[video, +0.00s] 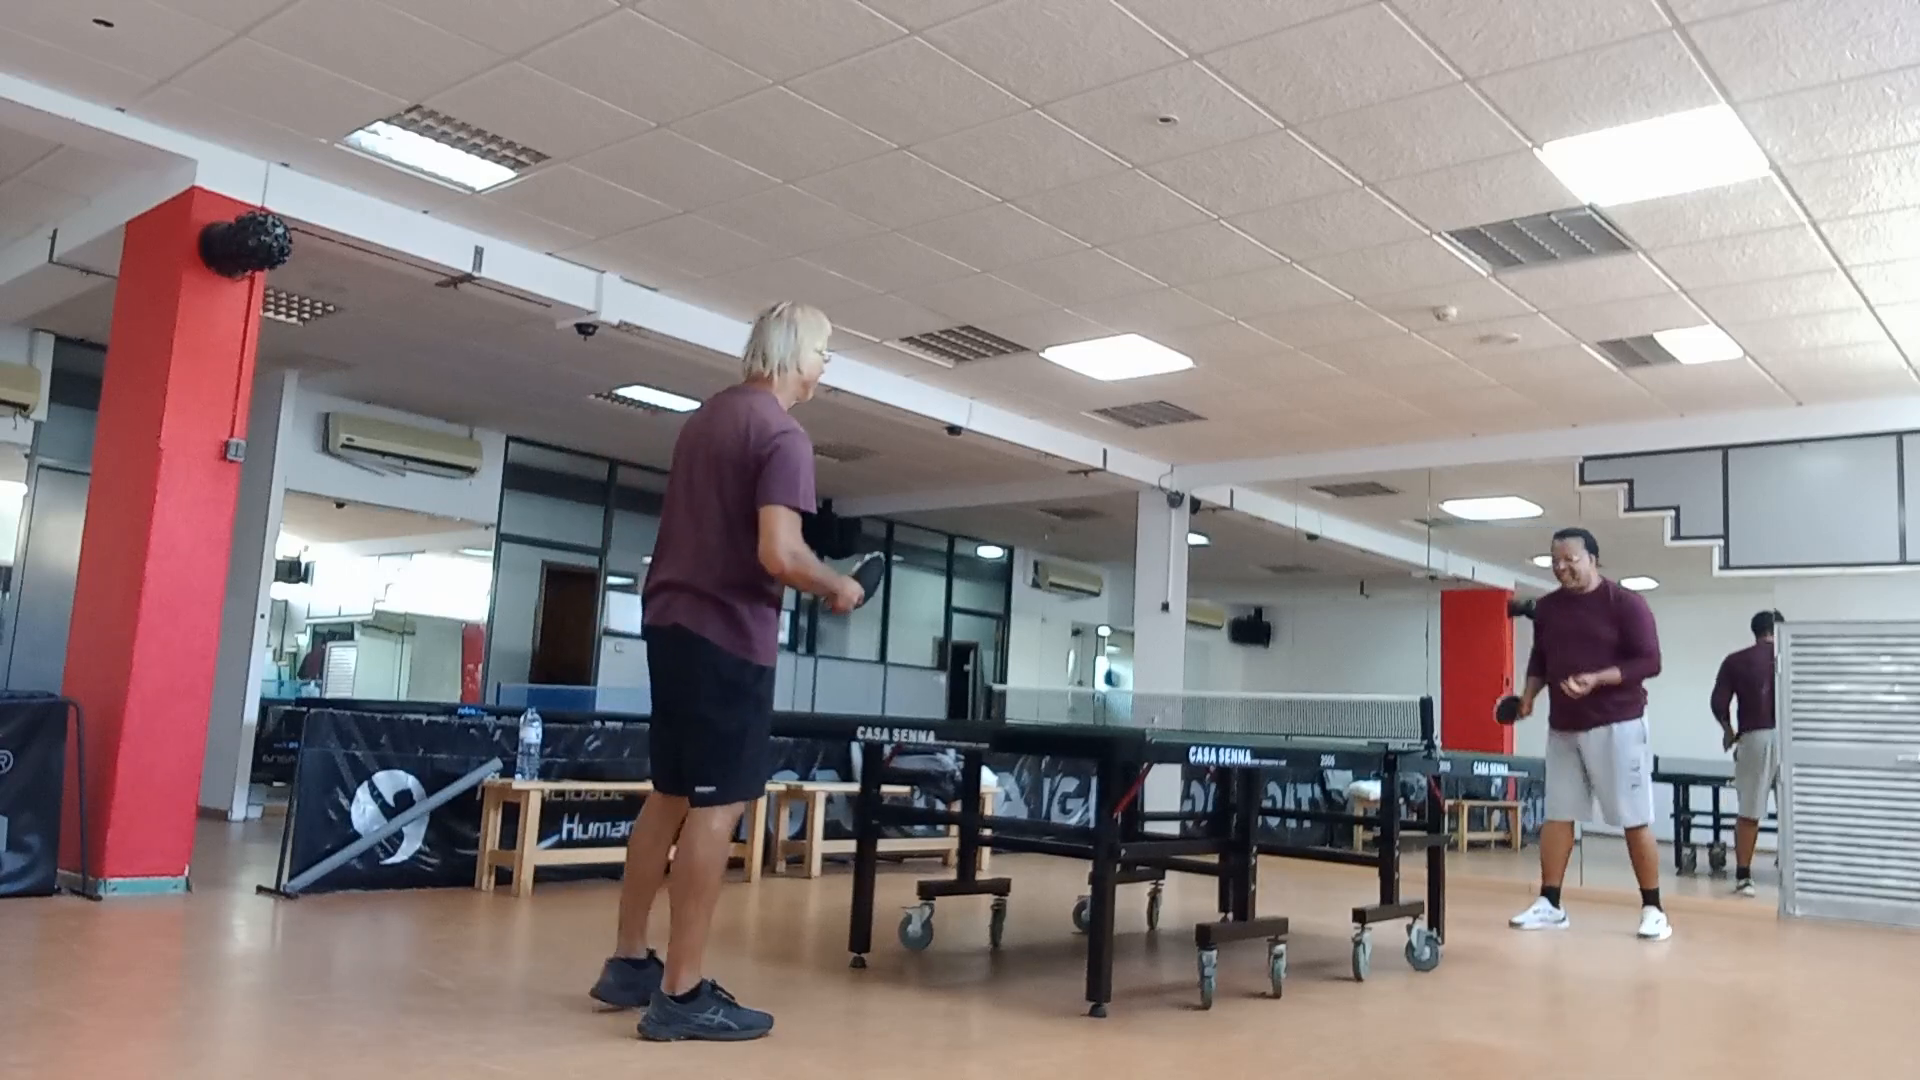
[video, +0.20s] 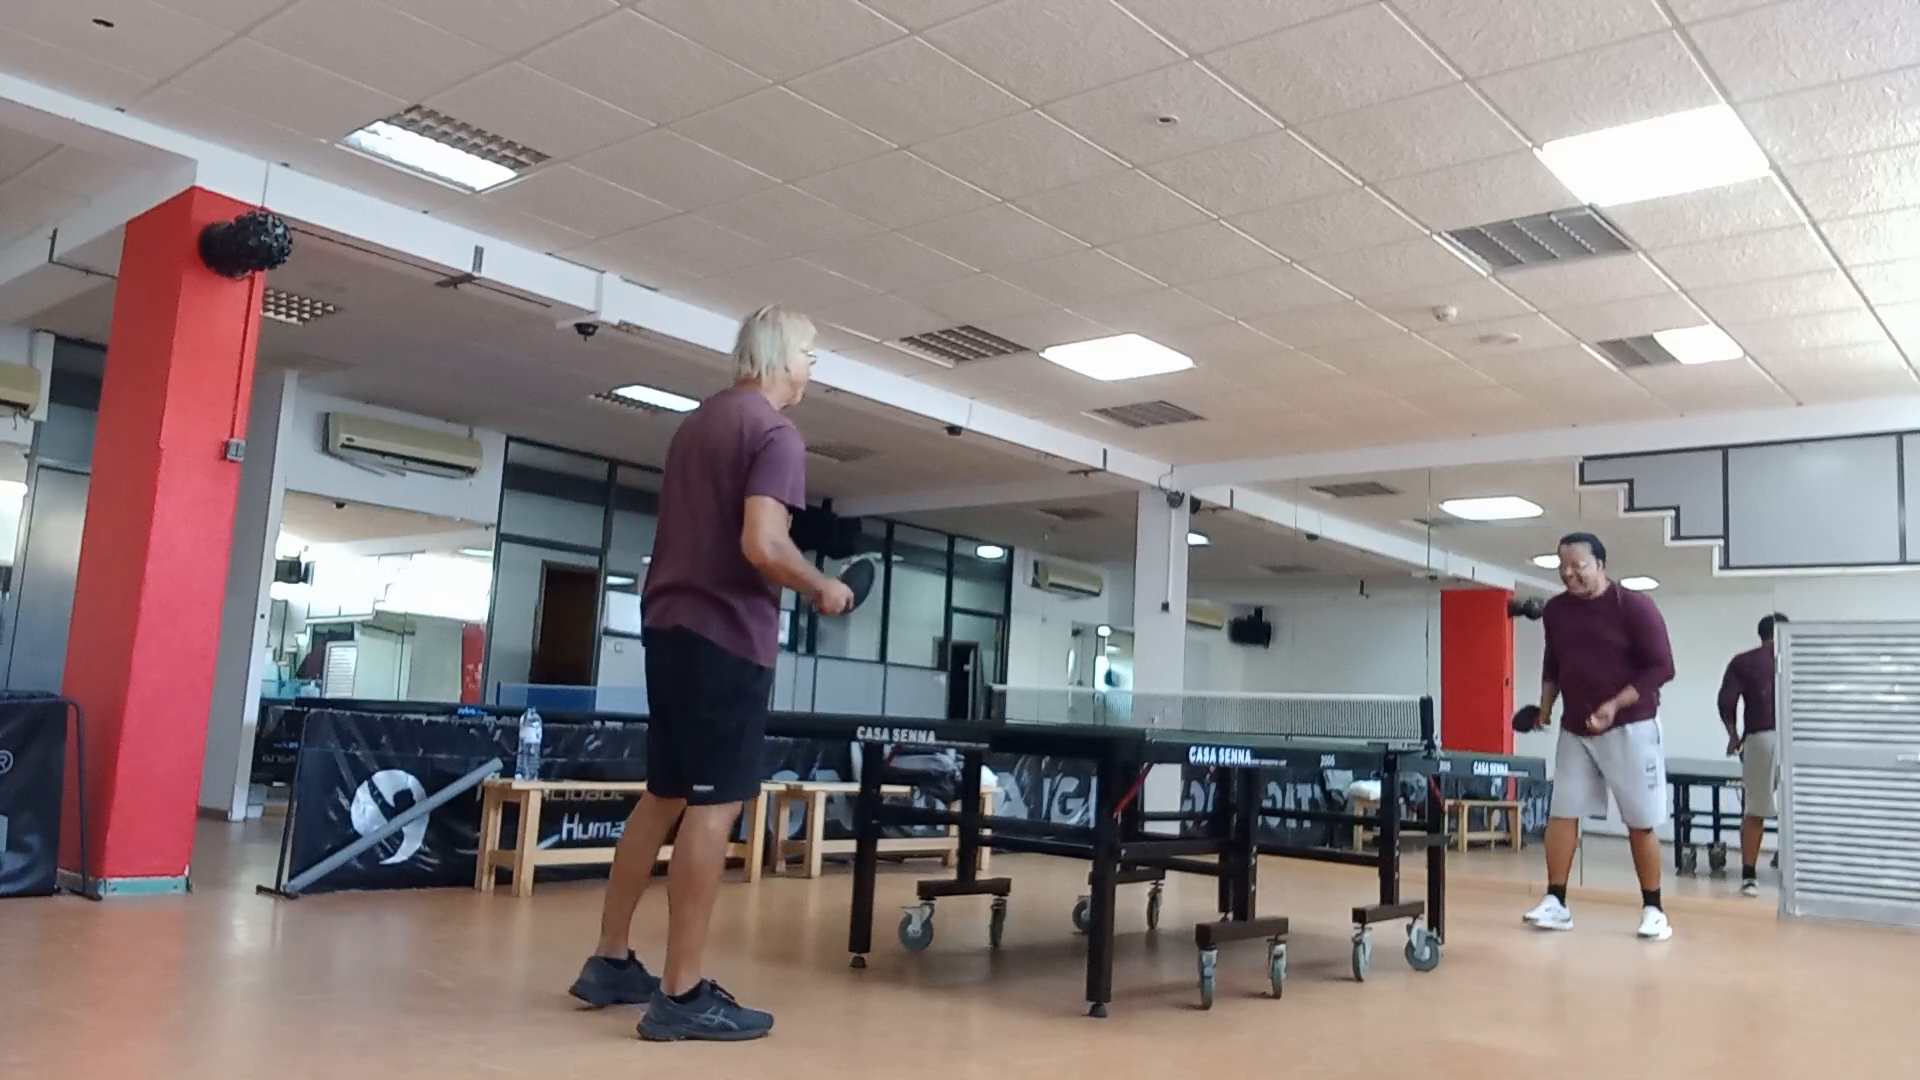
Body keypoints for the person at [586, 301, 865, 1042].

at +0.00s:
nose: (821, 376)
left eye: (822, 362)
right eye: (821, 362)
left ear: (757, 351)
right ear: (801, 360)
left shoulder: (706, 417)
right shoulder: (781, 431)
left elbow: (693, 530)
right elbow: (779, 553)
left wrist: (796, 570)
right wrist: (833, 585)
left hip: (672, 626)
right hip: (726, 637)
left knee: (669, 796)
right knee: (717, 809)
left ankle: (629, 963)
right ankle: (683, 994)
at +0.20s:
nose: (808, 380)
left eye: (809, 367)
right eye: (807, 366)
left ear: (744, 358)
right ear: (789, 364)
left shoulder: (697, 421)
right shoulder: (775, 431)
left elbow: (687, 532)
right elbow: (762, 544)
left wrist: (779, 562)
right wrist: (821, 586)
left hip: (669, 629)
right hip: (725, 639)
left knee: (663, 796)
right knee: (713, 812)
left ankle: (609, 961)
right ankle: (681, 994)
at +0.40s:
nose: (783, 388)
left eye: (784, 376)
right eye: (782, 374)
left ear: (721, 372)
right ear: (759, 372)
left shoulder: (676, 432)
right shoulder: (755, 431)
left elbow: (675, 538)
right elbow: (748, 539)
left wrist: (769, 562)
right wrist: (808, 585)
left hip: (661, 636)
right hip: (717, 643)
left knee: (653, 796)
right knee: (715, 808)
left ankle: (605, 966)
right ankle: (683, 993)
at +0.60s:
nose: (767, 398)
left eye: (768, 386)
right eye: (765, 384)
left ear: (707, 380)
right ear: (740, 381)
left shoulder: (661, 438)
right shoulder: (738, 430)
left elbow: (655, 539)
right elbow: (732, 531)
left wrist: (753, 569)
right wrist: (788, 582)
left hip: (639, 631)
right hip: (697, 638)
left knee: (647, 793)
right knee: (719, 796)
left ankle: (603, 967)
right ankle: (686, 987)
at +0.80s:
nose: (767, 404)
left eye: (770, 393)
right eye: (766, 390)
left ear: (709, 380)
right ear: (743, 381)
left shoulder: (659, 437)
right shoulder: (734, 430)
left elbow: (646, 541)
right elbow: (719, 528)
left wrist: (739, 579)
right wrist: (775, 584)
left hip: (629, 632)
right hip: (689, 637)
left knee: (633, 795)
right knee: (716, 794)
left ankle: (601, 966)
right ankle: (690, 984)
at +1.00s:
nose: (782, 407)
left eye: (785, 395)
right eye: (782, 392)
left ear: (725, 380)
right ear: (758, 383)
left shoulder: (671, 435)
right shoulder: (746, 434)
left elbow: (654, 540)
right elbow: (728, 535)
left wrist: (741, 580)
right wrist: (780, 590)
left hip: (632, 634)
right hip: (694, 642)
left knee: (628, 797)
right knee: (710, 803)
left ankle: (602, 967)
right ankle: (692, 989)